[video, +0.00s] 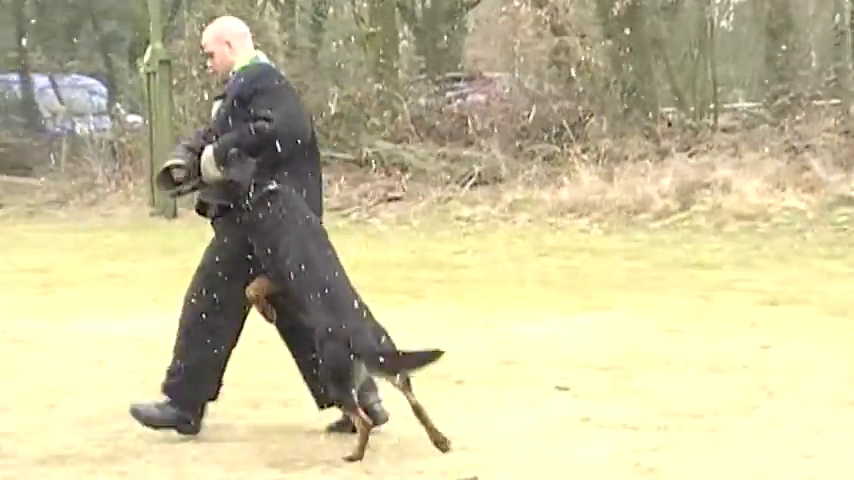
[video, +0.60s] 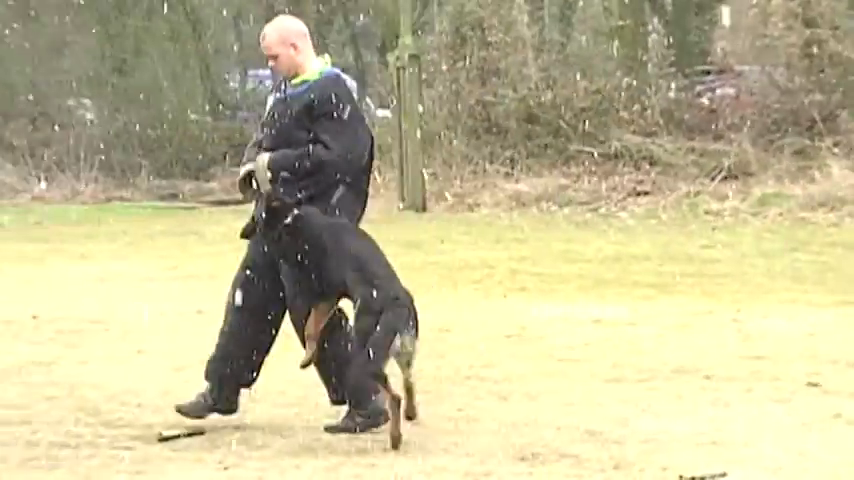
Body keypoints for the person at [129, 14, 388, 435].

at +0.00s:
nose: (208, 63)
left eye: (211, 54)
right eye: (206, 55)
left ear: (231, 46)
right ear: (232, 46)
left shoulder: (259, 79)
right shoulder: (236, 92)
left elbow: (284, 127)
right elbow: (213, 135)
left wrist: (222, 154)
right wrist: (187, 157)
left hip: (271, 218)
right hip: (247, 218)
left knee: (208, 304)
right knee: (299, 313)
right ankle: (357, 400)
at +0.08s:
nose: (211, 64)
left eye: (213, 55)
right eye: (209, 57)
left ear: (233, 47)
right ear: (233, 47)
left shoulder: (259, 81)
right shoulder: (239, 87)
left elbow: (275, 130)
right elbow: (221, 133)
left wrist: (219, 156)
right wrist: (193, 152)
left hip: (259, 226)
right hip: (245, 223)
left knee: (210, 309)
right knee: (315, 310)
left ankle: (177, 405)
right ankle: (380, 388)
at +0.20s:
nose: (230, 67)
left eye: (233, 59)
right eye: (229, 60)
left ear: (254, 53)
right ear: (259, 52)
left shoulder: (275, 93)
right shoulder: (267, 94)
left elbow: (294, 145)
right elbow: (262, 149)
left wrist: (238, 169)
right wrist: (228, 170)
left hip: (267, 231)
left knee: (226, 310)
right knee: (324, 310)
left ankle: (232, 412)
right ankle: (418, 361)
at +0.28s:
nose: (230, 65)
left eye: (232, 56)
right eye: (228, 58)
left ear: (254, 49)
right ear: (254, 49)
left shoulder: (280, 87)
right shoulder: (264, 90)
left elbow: (305, 139)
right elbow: (263, 144)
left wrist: (244, 169)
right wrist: (230, 170)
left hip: (266, 224)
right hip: (254, 220)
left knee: (243, 313)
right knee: (241, 312)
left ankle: (259, 410)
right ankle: (256, 402)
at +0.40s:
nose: (249, 59)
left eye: (252, 50)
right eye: (246, 52)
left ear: (273, 42)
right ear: (271, 43)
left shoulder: (308, 83)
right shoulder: (277, 91)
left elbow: (340, 141)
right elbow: (273, 154)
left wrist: (271, 162)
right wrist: (249, 187)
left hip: (305, 216)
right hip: (277, 215)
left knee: (282, 306)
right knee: (263, 303)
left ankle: (311, 409)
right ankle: (335, 376)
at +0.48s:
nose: (261, 60)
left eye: (264, 50)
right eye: (259, 52)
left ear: (288, 42)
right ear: (281, 44)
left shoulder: (324, 87)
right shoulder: (283, 92)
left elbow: (340, 150)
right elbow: (273, 141)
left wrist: (273, 162)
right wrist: (254, 159)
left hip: (312, 219)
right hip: (278, 218)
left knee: (305, 312)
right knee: (253, 300)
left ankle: (338, 408)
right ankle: (285, 391)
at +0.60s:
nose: (270, 66)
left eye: (273, 57)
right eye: (267, 59)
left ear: (296, 46)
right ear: (290, 49)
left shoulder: (332, 89)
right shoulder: (284, 95)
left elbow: (340, 155)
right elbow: (270, 143)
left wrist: (275, 164)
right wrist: (255, 163)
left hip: (318, 220)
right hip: (277, 218)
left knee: (317, 312)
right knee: (249, 301)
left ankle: (367, 403)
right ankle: (221, 392)